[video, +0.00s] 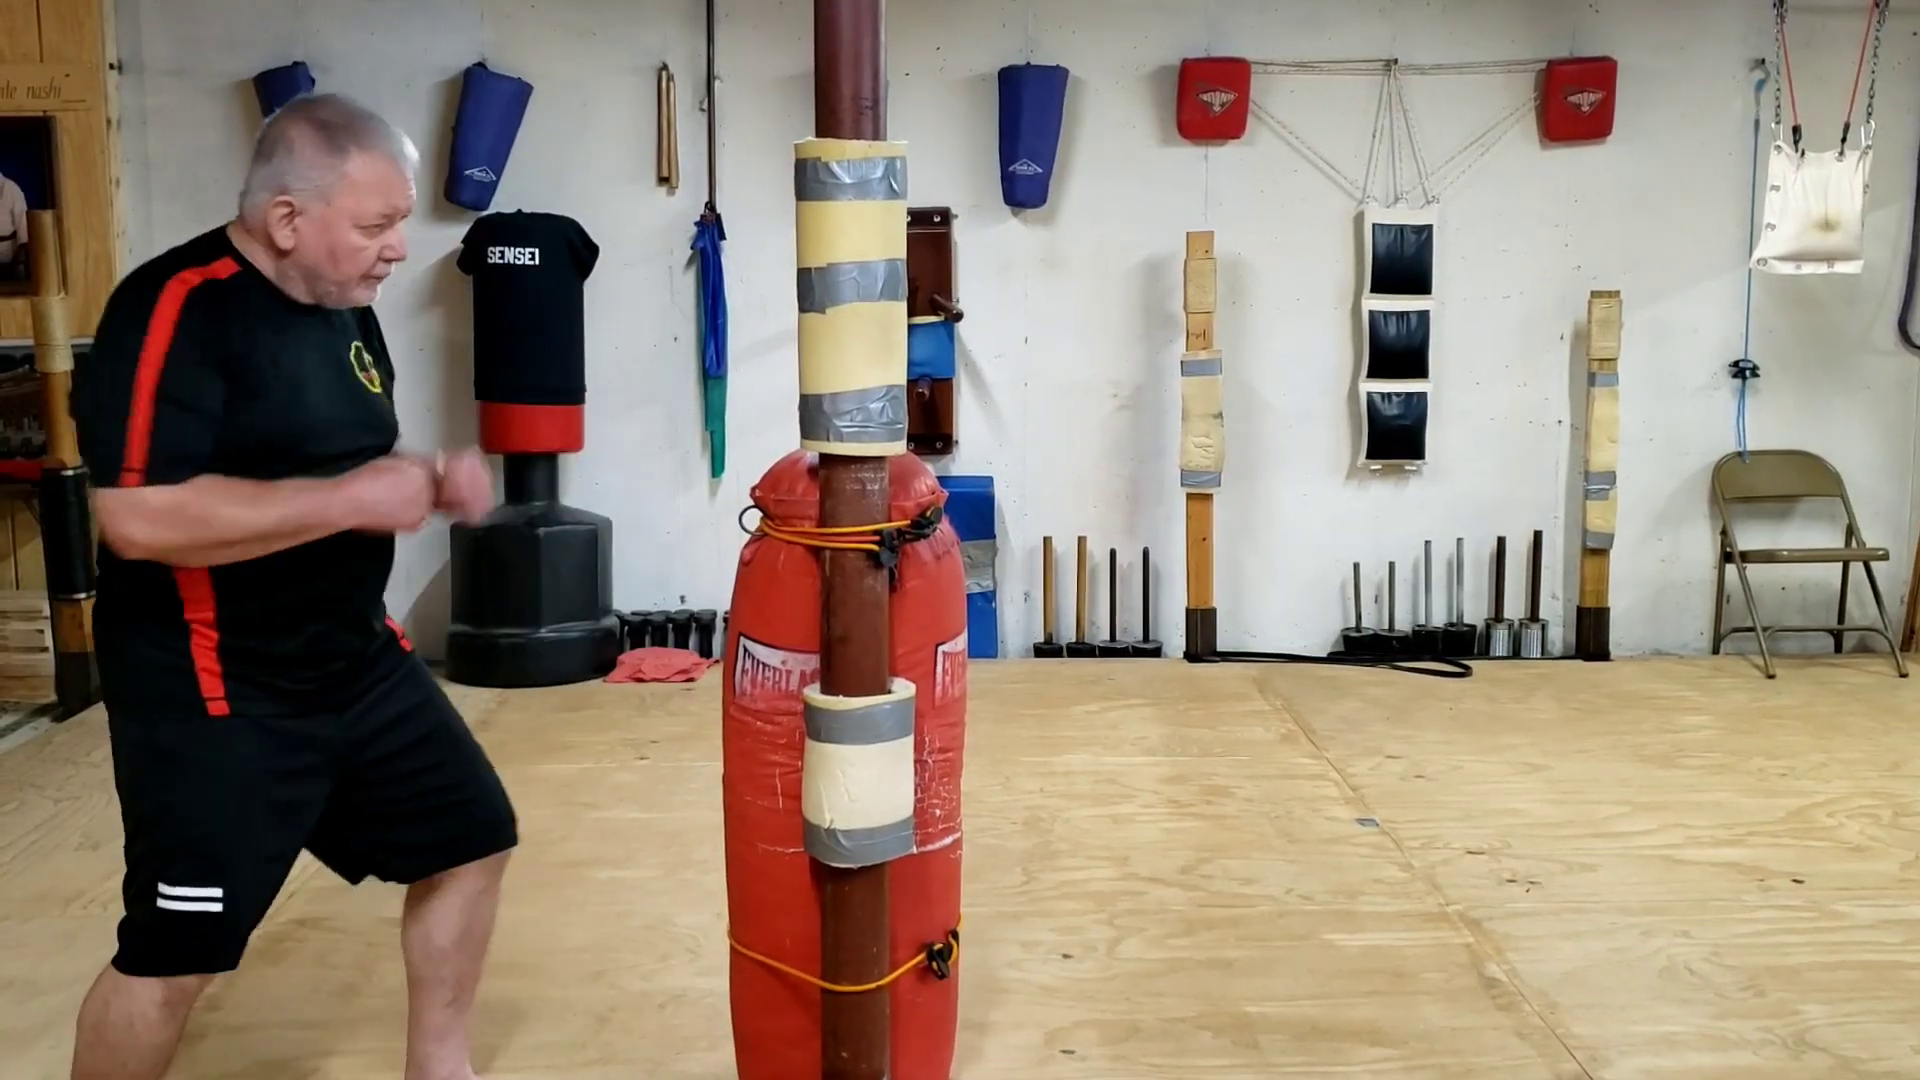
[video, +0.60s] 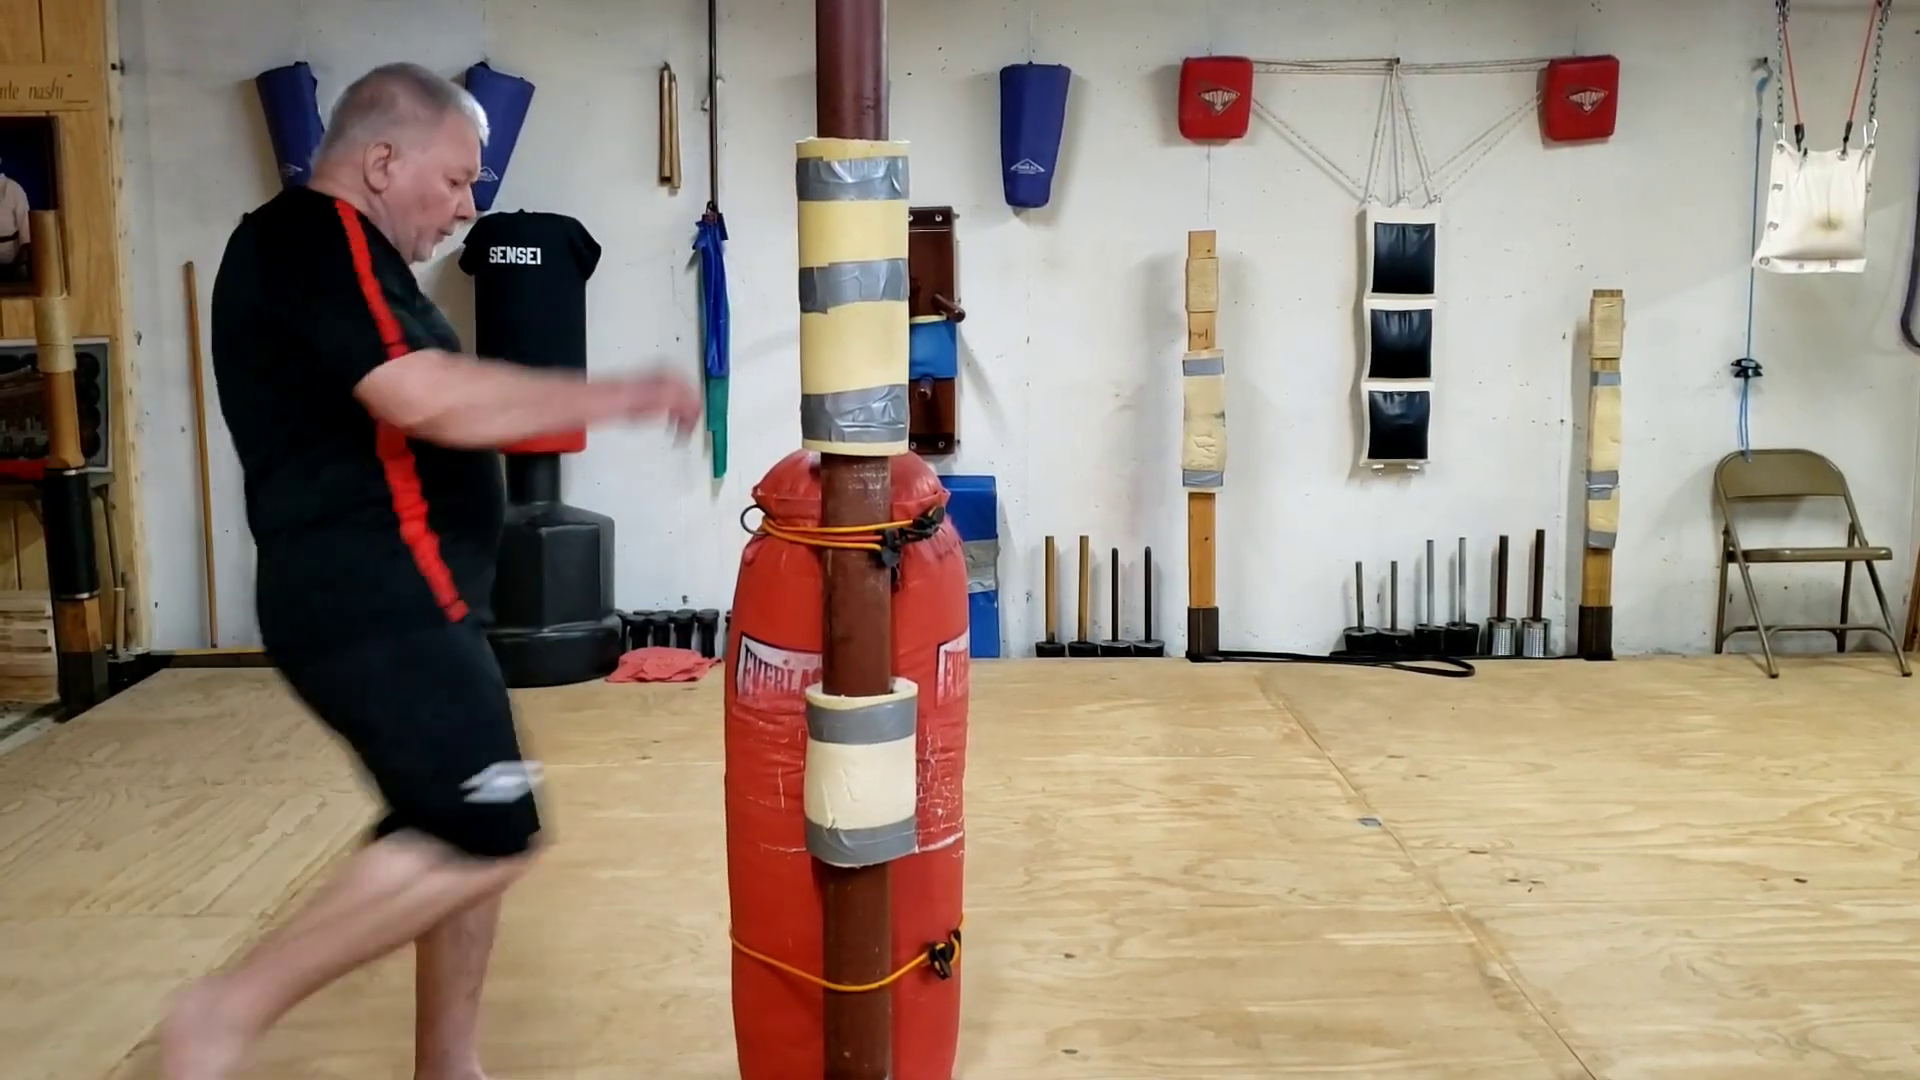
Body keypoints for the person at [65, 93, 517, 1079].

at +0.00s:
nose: (399, 249)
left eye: (401, 224)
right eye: (378, 225)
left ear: (295, 222)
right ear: (287, 220)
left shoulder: (345, 308)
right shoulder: (166, 305)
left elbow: (337, 468)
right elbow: (132, 516)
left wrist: (431, 480)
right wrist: (347, 499)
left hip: (349, 659)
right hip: (204, 688)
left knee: (469, 839)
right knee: (176, 948)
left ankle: (439, 1067)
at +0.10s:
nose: (392, 248)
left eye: (395, 222)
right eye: (371, 224)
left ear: (289, 221)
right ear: (279, 219)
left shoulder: (356, 307)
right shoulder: (154, 304)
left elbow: (437, 437)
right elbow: (64, 500)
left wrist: (487, 387)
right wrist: (265, 564)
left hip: (344, 650)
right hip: (197, 677)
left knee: (458, 833)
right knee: (180, 938)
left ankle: (439, 1065)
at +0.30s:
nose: (431, 246)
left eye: (435, 223)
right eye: (415, 220)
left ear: (336, 212)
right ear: (330, 208)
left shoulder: (366, 309)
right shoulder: (214, 292)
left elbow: (447, 421)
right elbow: (122, 477)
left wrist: (543, 418)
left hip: (343, 656)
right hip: (215, 671)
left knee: (453, 828)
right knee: (172, 934)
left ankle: (437, 1066)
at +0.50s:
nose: (468, 239)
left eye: (473, 217)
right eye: (458, 211)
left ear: (384, 200)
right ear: (384, 195)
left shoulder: (358, 276)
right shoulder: (302, 265)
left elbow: (476, 355)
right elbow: (482, 372)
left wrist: (611, 308)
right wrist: (634, 303)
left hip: (414, 647)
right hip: (304, 664)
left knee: (500, 842)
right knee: (255, 926)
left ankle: (449, 1069)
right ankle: (120, 1073)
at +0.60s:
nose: (467, 211)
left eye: (473, 190)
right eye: (460, 182)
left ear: (375, 165)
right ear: (381, 160)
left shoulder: (337, 248)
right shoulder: (311, 237)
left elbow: (417, 396)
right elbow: (424, 395)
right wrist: (623, 395)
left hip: (394, 591)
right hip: (362, 592)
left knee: (478, 824)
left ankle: (449, 1065)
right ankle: (221, 1013)